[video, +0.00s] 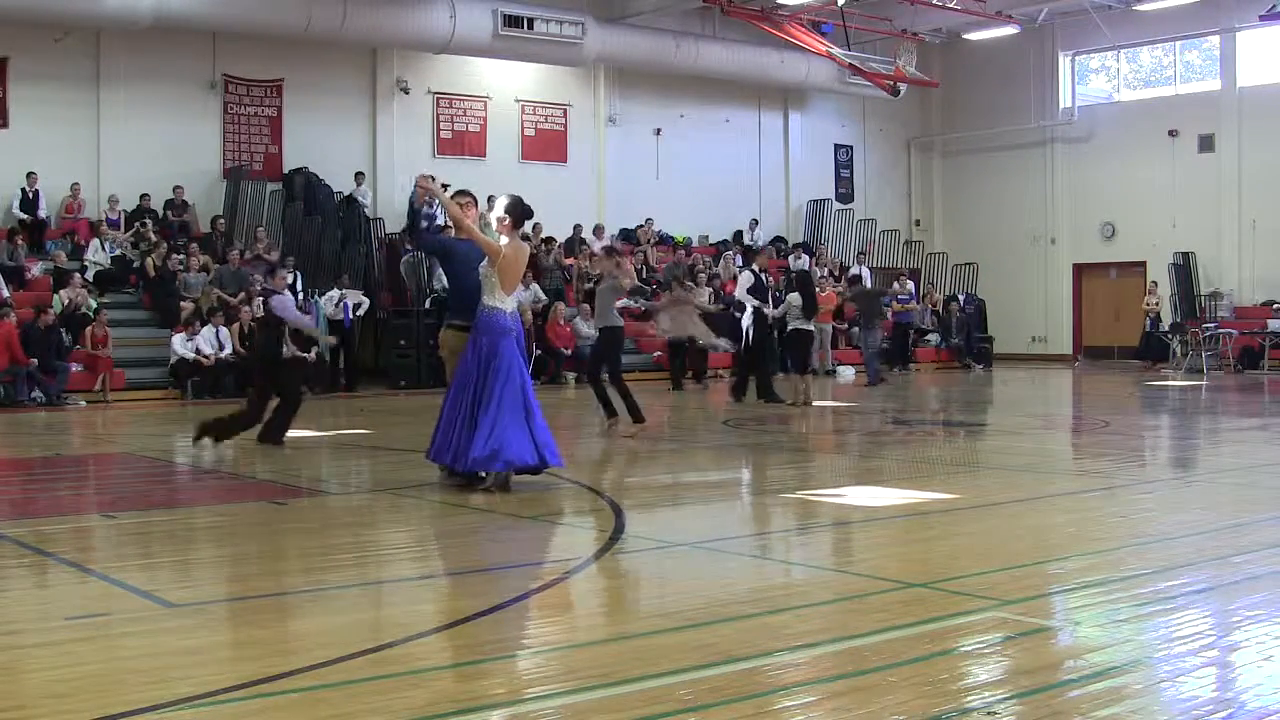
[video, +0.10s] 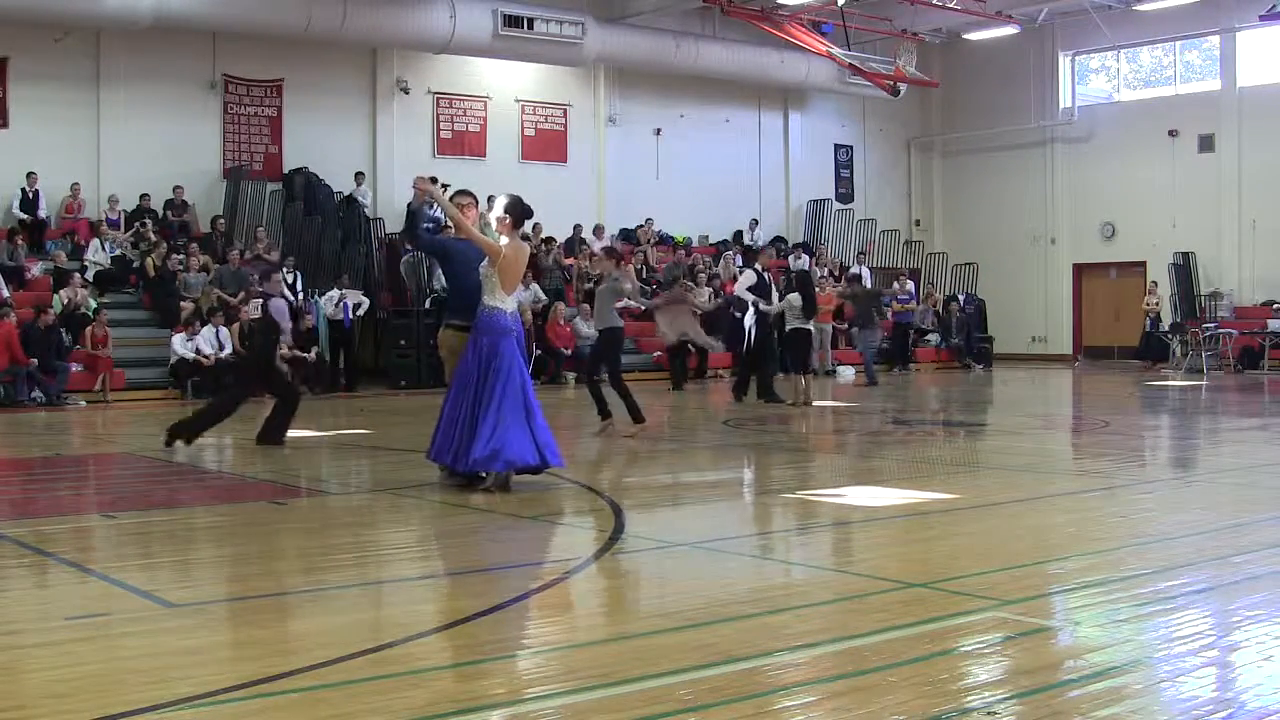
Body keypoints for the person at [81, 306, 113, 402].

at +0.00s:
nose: (106, 317)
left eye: (106, 315)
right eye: (104, 315)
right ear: (97, 316)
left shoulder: (107, 330)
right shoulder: (89, 330)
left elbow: (109, 348)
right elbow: (89, 350)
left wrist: (105, 352)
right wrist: (99, 353)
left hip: (103, 355)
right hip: (92, 355)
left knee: (104, 360)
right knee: (107, 364)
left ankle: (98, 382)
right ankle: (107, 393)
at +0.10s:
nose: (106, 317)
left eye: (106, 315)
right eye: (104, 315)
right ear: (97, 317)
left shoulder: (107, 330)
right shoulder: (89, 330)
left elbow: (109, 349)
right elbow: (88, 350)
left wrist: (104, 352)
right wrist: (99, 353)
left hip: (103, 354)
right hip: (92, 355)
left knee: (103, 359)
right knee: (107, 364)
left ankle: (98, 382)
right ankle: (107, 393)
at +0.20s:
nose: (106, 317)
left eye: (106, 315)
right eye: (104, 315)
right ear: (97, 316)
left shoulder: (107, 330)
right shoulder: (89, 330)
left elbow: (109, 348)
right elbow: (89, 350)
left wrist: (104, 352)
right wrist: (100, 353)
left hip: (103, 355)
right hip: (92, 355)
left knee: (104, 360)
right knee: (107, 364)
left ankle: (98, 382)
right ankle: (107, 393)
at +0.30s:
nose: (106, 317)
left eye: (106, 314)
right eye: (104, 315)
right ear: (97, 316)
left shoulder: (107, 330)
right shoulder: (89, 330)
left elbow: (109, 348)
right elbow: (88, 350)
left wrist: (104, 352)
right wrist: (99, 353)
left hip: (103, 354)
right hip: (92, 355)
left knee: (104, 359)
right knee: (107, 364)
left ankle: (98, 382)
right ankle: (107, 393)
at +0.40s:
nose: (106, 317)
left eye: (106, 314)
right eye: (104, 315)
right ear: (97, 316)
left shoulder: (108, 331)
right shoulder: (89, 330)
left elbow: (109, 349)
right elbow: (88, 350)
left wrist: (104, 351)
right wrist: (100, 353)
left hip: (103, 354)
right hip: (92, 355)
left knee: (105, 359)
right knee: (107, 364)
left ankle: (99, 382)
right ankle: (107, 393)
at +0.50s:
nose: (106, 317)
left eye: (106, 314)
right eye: (104, 315)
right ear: (97, 316)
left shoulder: (108, 331)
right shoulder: (89, 330)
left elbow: (109, 348)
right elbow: (88, 350)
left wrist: (104, 351)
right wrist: (100, 353)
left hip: (103, 354)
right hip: (92, 355)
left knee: (105, 359)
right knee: (107, 364)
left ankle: (99, 382)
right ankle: (107, 393)